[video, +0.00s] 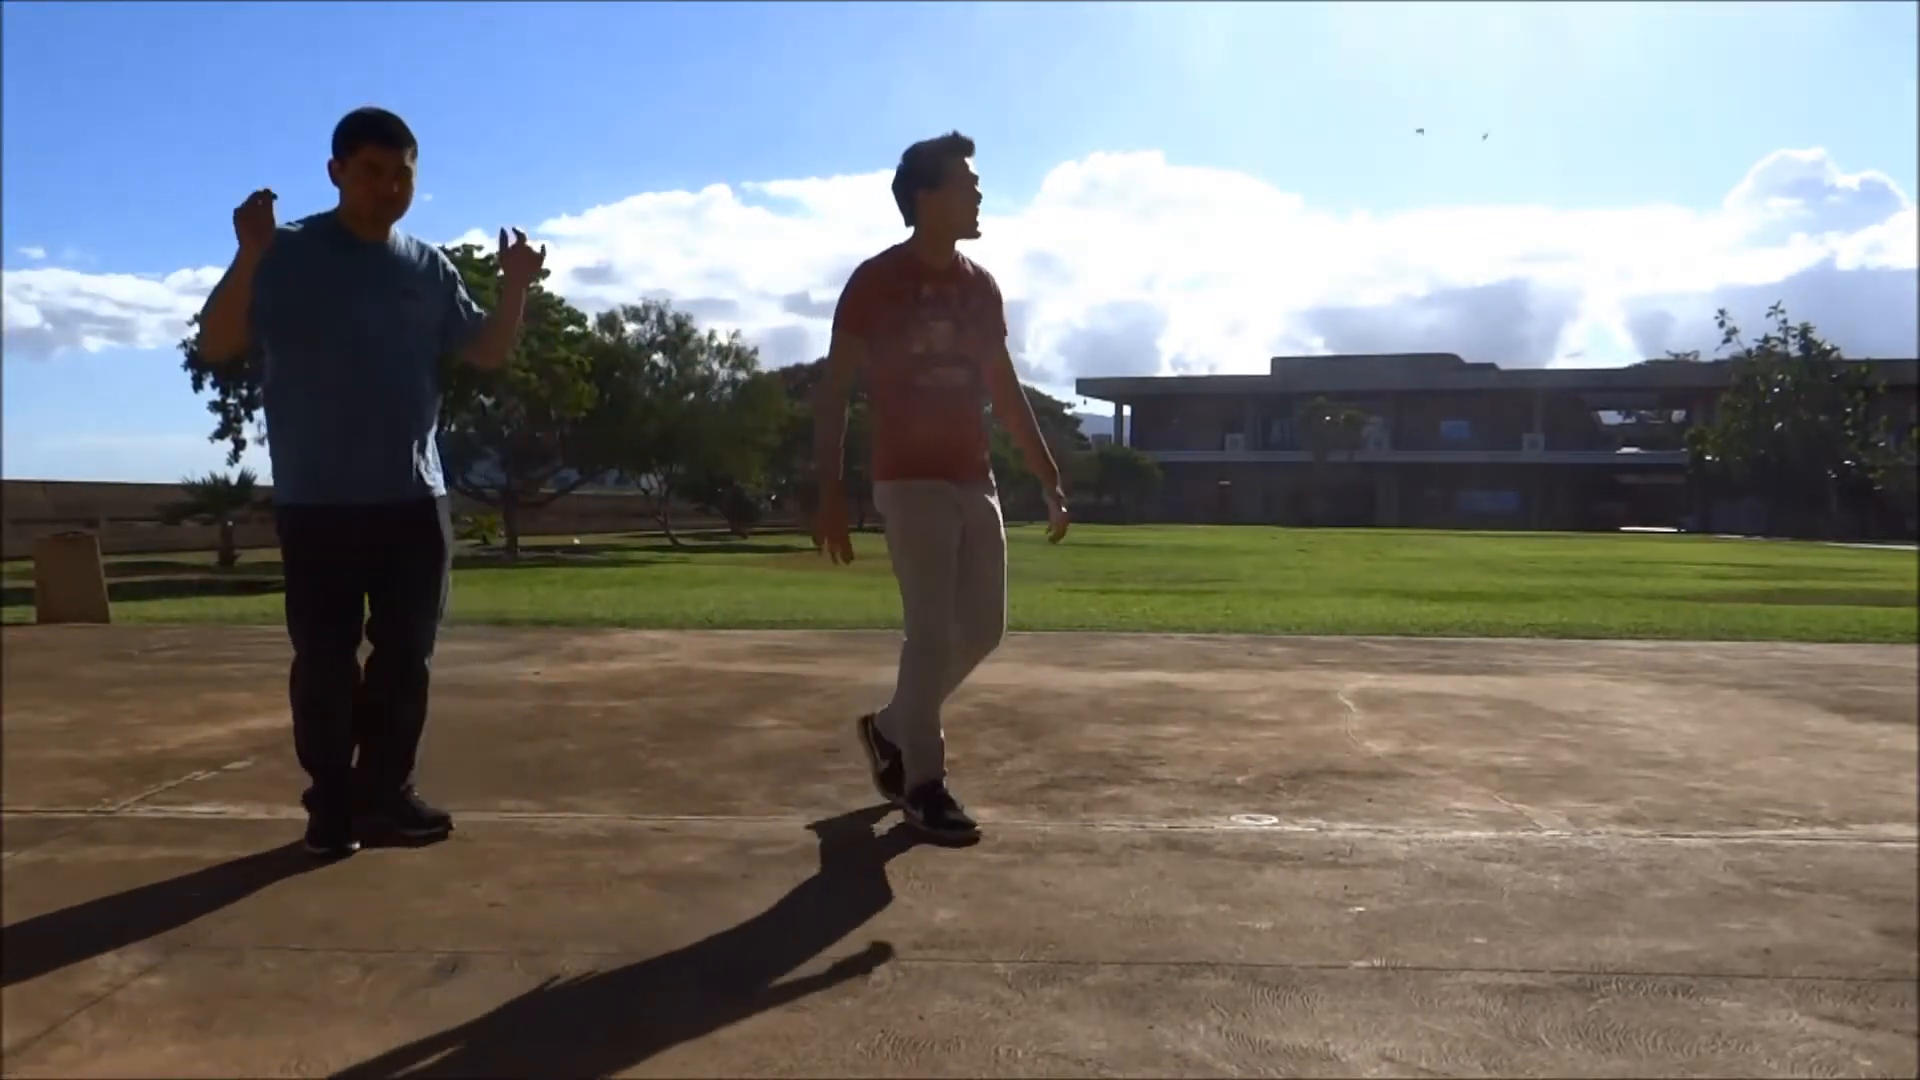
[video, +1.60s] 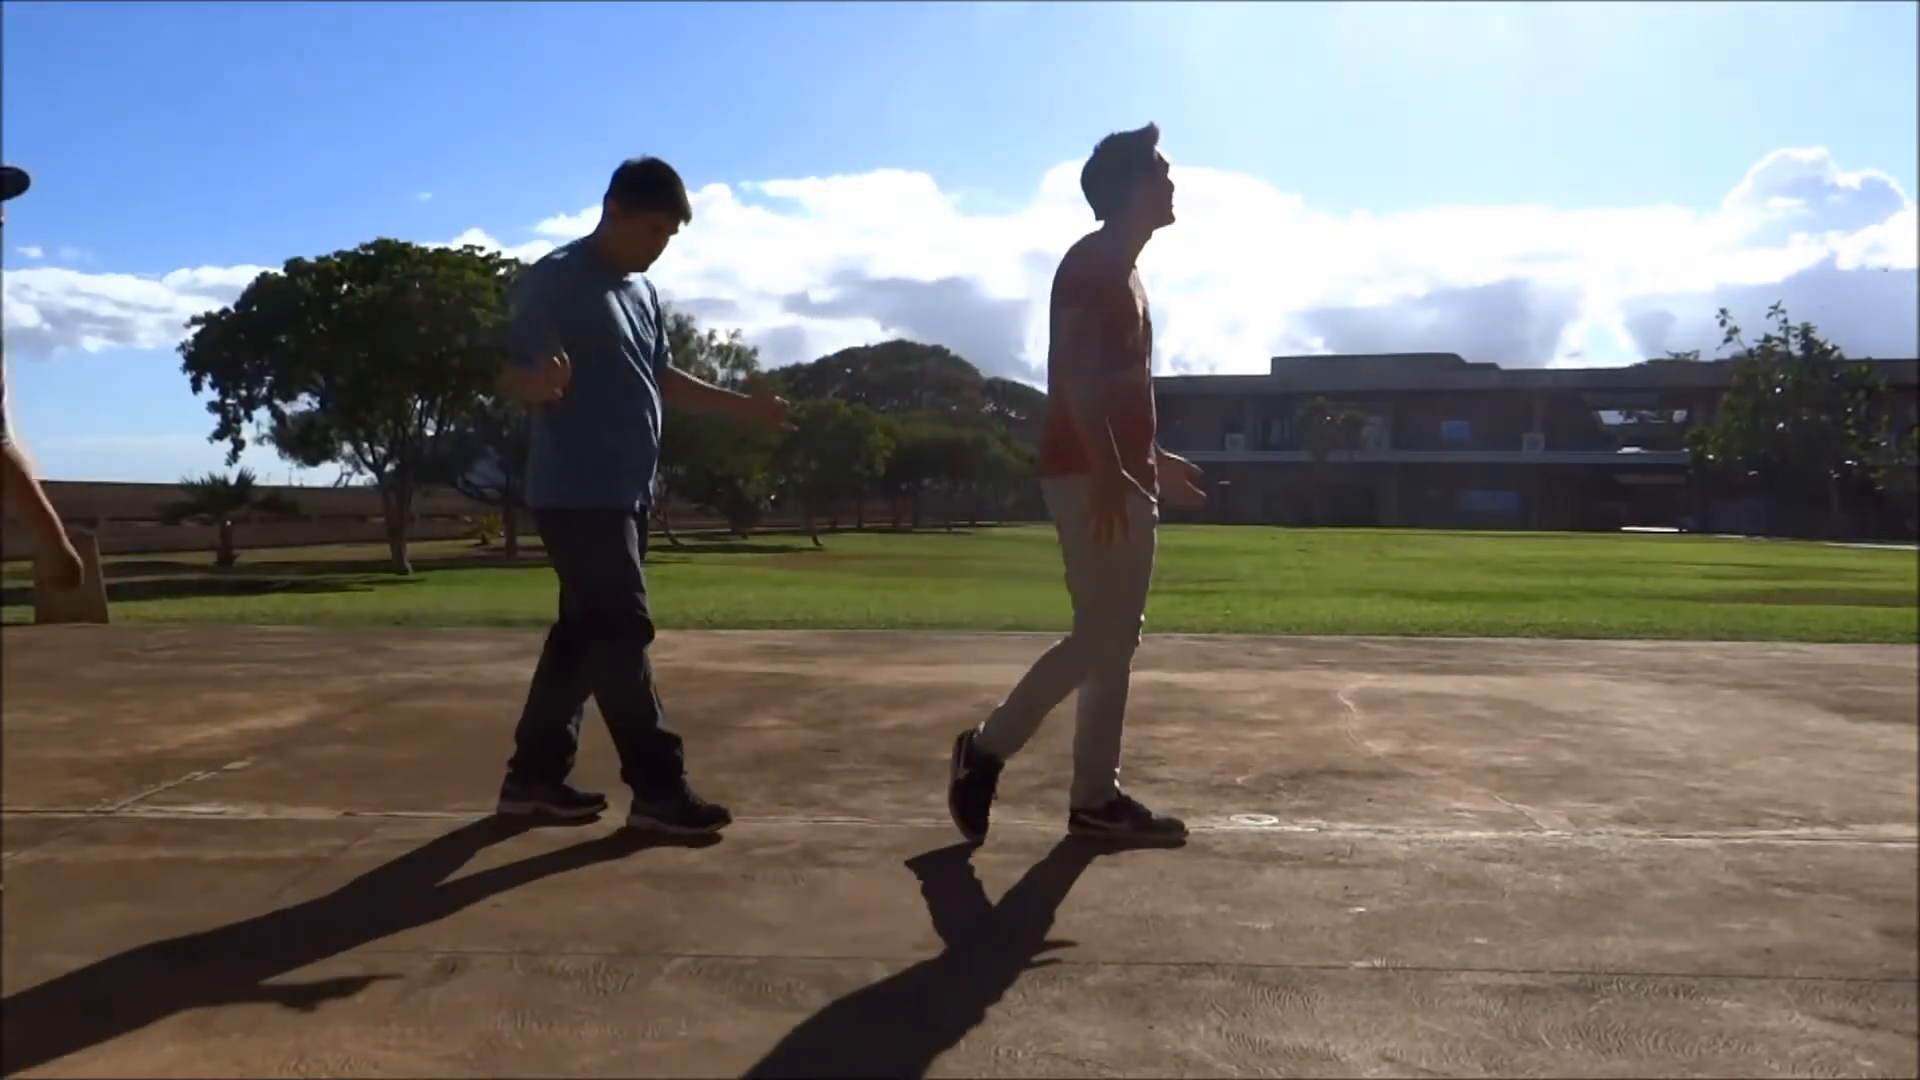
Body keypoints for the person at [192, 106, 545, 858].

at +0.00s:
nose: (393, 180)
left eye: (403, 169)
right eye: (377, 166)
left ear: (414, 179)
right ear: (339, 171)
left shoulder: (427, 266)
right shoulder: (287, 256)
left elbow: (485, 353)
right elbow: (217, 345)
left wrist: (516, 288)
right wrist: (249, 251)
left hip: (411, 487)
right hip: (315, 492)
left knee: (406, 652)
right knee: (324, 655)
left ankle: (385, 797)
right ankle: (330, 806)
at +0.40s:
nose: (436, 203)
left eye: (445, 190)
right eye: (423, 186)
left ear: (453, 193)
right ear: (381, 181)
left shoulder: (448, 271)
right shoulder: (322, 257)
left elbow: (504, 350)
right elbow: (250, 335)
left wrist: (525, 277)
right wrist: (296, 249)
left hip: (434, 486)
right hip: (343, 491)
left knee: (470, 636)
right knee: (341, 655)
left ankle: (495, 779)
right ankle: (333, 805)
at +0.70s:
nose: (502, 227)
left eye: (510, 214)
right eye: (490, 211)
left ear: (517, 212)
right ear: (451, 203)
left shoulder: (516, 287)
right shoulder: (389, 272)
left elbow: (562, 364)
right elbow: (330, 355)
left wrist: (610, 305)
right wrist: (340, 277)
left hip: (506, 498)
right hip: (416, 501)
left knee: (530, 643)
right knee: (385, 655)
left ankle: (530, 779)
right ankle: (340, 803)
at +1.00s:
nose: (569, 232)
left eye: (576, 219)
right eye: (561, 217)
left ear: (575, 217)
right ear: (522, 204)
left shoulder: (577, 294)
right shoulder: (451, 274)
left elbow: (606, 367)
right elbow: (402, 364)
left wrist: (692, 336)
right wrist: (393, 307)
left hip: (564, 491)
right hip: (486, 491)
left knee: (556, 641)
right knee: (479, 640)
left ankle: (535, 780)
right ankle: (441, 797)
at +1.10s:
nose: (586, 233)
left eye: (593, 221)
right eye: (579, 218)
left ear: (589, 218)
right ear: (538, 204)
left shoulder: (590, 293)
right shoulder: (469, 273)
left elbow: (617, 370)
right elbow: (420, 365)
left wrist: (703, 338)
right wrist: (417, 308)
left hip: (574, 488)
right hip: (500, 487)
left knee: (566, 637)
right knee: (515, 632)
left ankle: (544, 780)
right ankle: (503, 796)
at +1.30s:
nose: (613, 240)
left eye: (621, 227)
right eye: (608, 223)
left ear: (616, 223)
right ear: (566, 207)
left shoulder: (608, 293)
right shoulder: (501, 274)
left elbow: (639, 368)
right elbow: (453, 369)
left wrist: (731, 384)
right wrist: (462, 343)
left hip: (591, 485)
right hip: (527, 483)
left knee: (564, 626)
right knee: (575, 620)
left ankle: (530, 779)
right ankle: (615, 778)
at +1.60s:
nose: (663, 247)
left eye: (671, 234)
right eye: (660, 231)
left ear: (653, 225)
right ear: (620, 212)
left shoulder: (643, 292)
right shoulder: (553, 278)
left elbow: (658, 378)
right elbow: (514, 376)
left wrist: (742, 405)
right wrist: (538, 383)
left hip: (622, 495)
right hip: (576, 495)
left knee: (582, 632)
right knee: (622, 631)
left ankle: (533, 779)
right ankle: (659, 793)